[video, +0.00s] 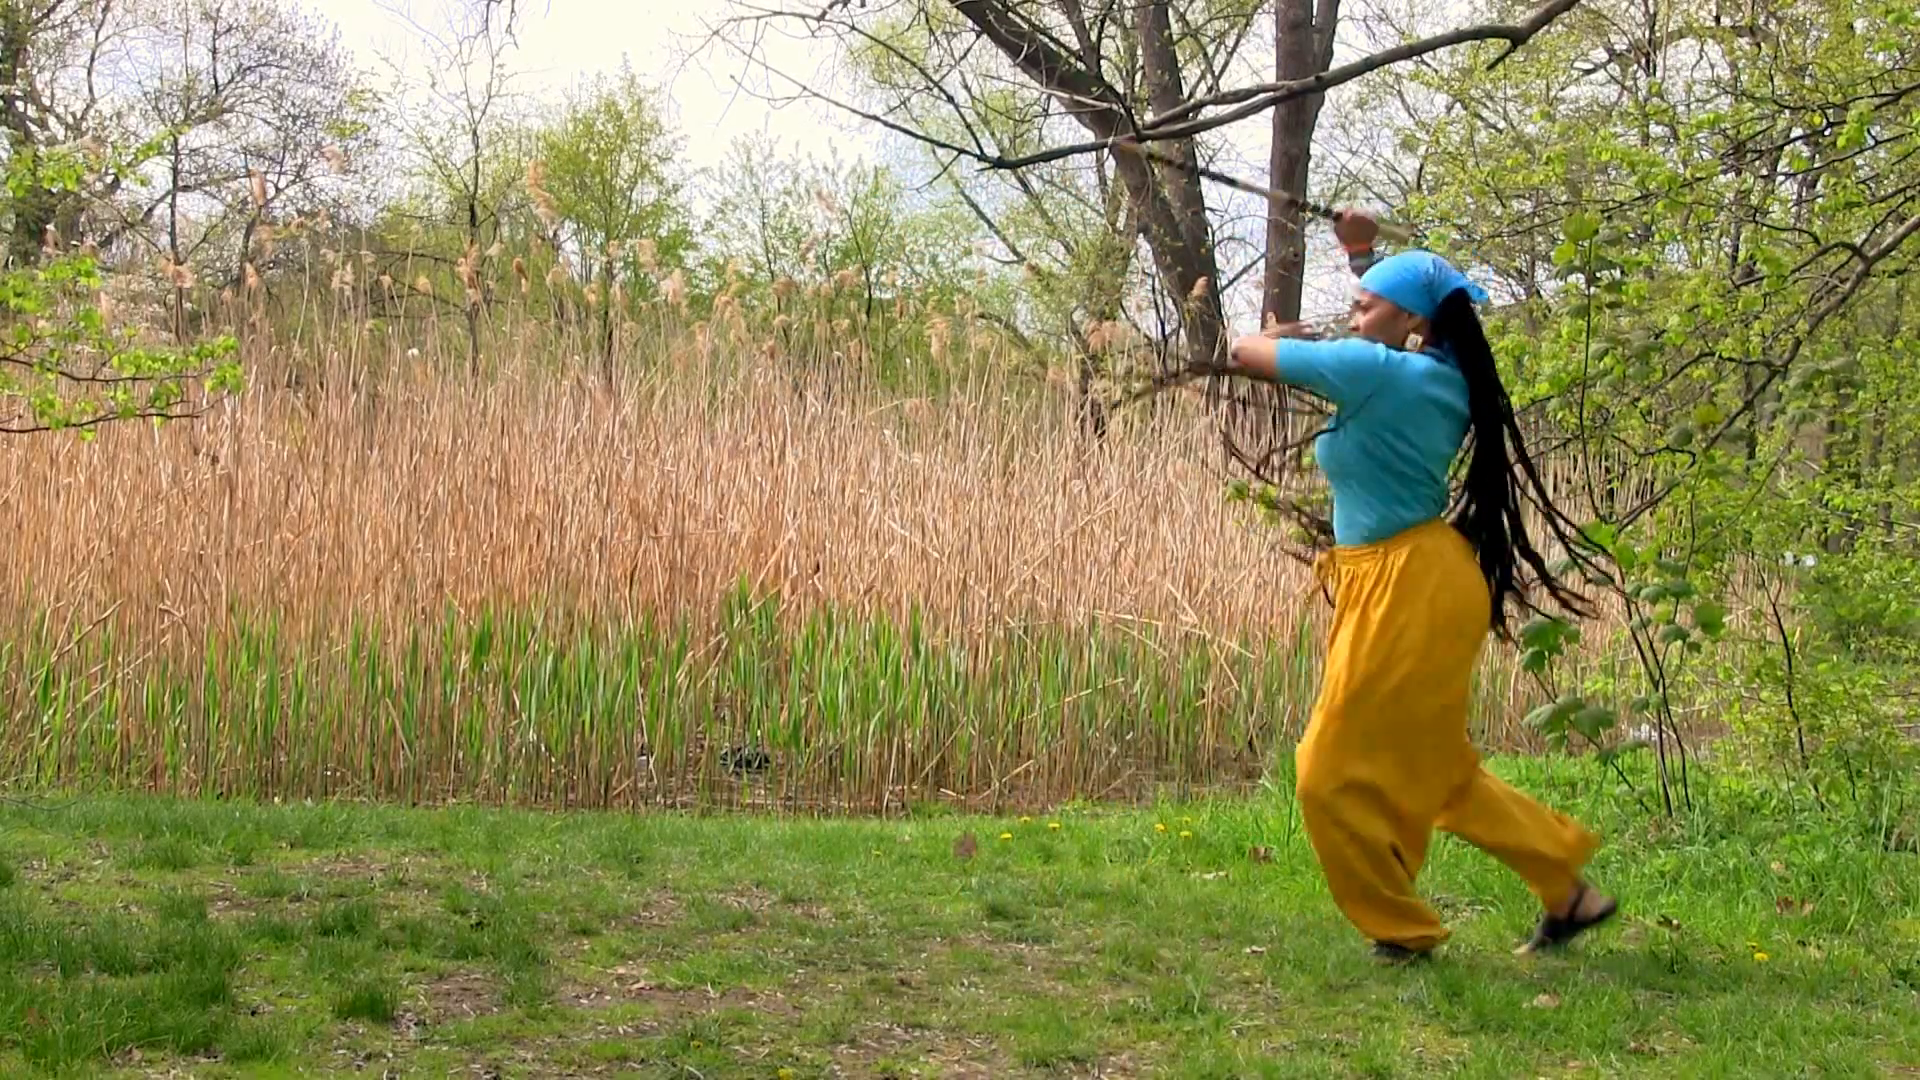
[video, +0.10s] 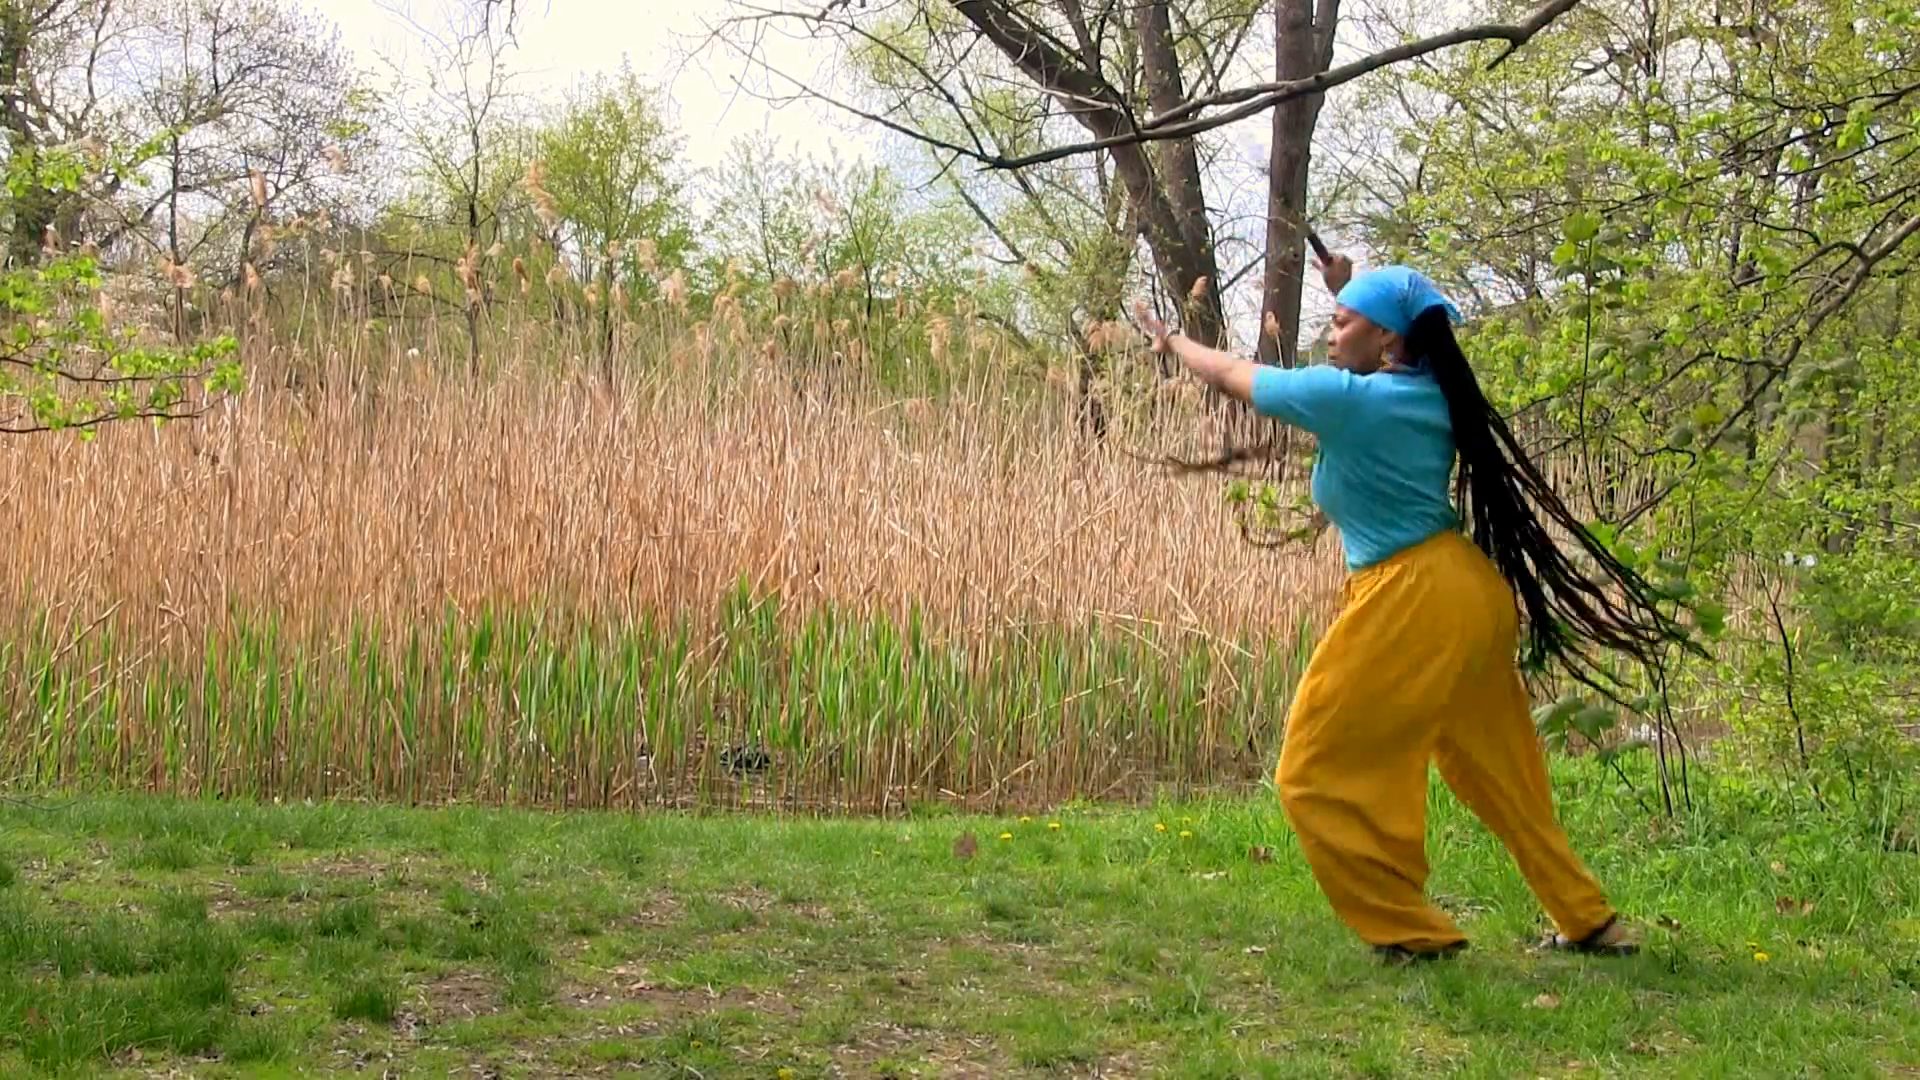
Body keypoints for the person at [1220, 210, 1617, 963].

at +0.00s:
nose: (1358, 308)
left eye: (1373, 301)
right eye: (1360, 298)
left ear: (1413, 318)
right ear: (1424, 323)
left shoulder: (1371, 369)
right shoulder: (1450, 384)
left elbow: (1247, 353)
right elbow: (1407, 328)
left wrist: (1280, 331)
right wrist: (1362, 254)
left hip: (1401, 582)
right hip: (1439, 570)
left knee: (1326, 771)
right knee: (1433, 767)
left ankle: (1403, 934)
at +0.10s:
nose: (1335, 328)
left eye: (1347, 320)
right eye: (1337, 318)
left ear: (1389, 340)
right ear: (1397, 343)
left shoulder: (1345, 396)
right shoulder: (1436, 396)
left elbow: (1238, 378)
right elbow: (1405, 351)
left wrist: (1173, 342)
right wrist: (1349, 294)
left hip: (1408, 596)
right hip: (1473, 584)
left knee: (1311, 771)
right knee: (1497, 761)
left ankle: (1411, 931)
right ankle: (1588, 919)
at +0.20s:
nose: (1310, 319)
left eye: (1323, 307)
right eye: (1313, 305)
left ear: (1367, 321)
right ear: (1378, 324)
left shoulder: (1330, 382)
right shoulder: (1419, 379)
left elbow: (1219, 411)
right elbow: (1328, 392)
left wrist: (1173, 402)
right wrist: (1304, 336)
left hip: (1398, 577)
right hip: (1468, 569)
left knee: (1318, 768)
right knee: (1455, 755)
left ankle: (1412, 928)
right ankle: (1543, 873)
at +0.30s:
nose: (1296, 312)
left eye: (1309, 300)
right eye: (1299, 298)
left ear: (1353, 314)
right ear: (1357, 315)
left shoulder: (1330, 378)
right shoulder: (1392, 369)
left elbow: (1219, 439)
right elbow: (1286, 455)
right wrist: (1234, 353)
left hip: (1383, 567)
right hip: (1444, 559)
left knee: (1319, 764)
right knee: (1382, 728)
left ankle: (1414, 930)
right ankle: (1436, 851)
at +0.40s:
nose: (1279, 304)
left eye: (1294, 293)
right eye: (1283, 290)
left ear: (1340, 309)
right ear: (1334, 312)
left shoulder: (1334, 372)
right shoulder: (1338, 366)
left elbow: (1214, 418)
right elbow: (1224, 398)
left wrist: (1248, 369)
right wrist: (1148, 371)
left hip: (1373, 567)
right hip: (1341, 567)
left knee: (1326, 755)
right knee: (1257, 700)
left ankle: (1416, 928)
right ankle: (1288, 877)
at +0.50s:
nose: (1266, 321)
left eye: (1281, 310)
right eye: (1271, 308)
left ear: (1325, 330)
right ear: (1311, 328)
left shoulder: (1340, 382)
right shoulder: (1287, 396)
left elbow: (1205, 373)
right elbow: (1227, 461)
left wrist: (1196, 317)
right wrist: (1147, 465)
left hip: (1345, 588)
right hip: (1286, 588)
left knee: (1296, 773)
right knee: (1212, 735)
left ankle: (1412, 932)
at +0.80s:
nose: (1262, 298)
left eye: (1274, 289)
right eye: (1266, 288)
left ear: (1310, 301)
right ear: (1320, 306)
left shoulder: (1297, 347)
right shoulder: (1323, 367)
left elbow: (1182, 404)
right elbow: (1285, 501)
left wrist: (1239, 410)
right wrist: (1187, 517)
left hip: (1312, 561)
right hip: (1290, 560)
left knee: (1281, 750)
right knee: (1225, 705)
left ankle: (1409, 920)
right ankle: (1231, 890)